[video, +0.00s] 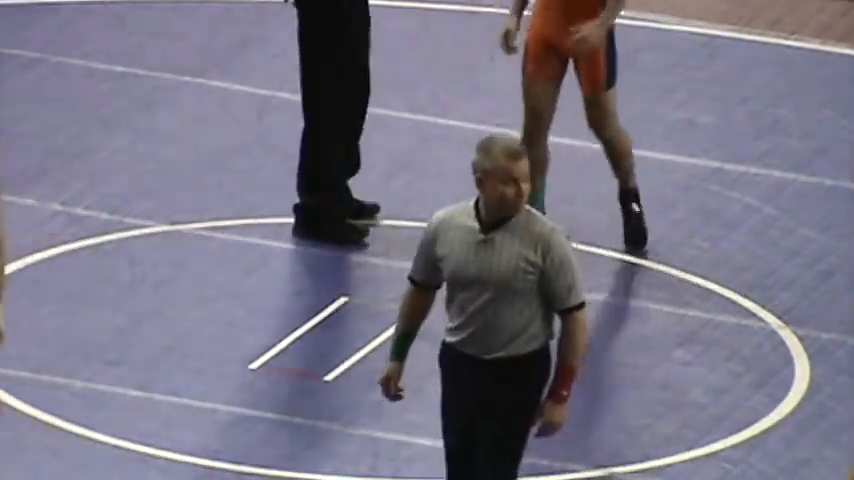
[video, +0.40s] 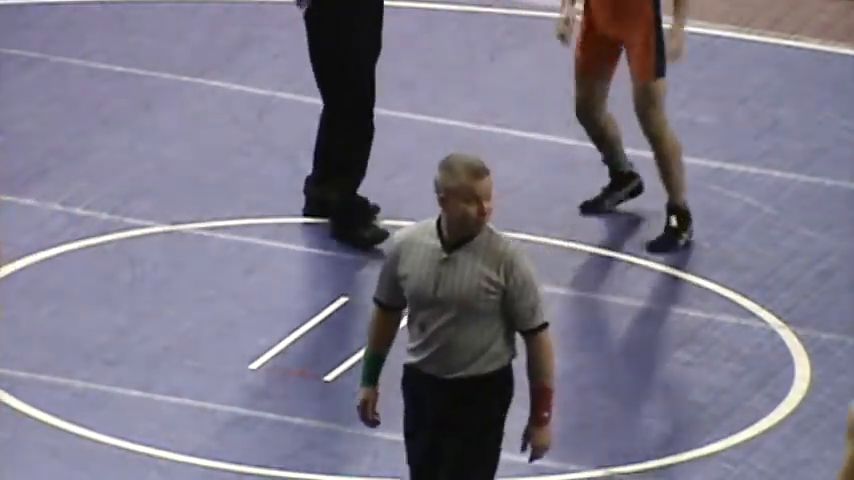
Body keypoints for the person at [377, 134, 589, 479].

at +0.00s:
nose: (522, 191)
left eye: (525, 182)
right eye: (509, 183)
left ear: (532, 180)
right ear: (479, 181)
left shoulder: (546, 239)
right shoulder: (444, 227)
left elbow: (575, 318)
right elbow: (421, 290)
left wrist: (560, 396)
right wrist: (396, 358)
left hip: (520, 369)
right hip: (460, 364)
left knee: (496, 468)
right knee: (459, 465)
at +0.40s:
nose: (484, 209)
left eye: (488, 199)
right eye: (472, 201)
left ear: (493, 197)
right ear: (441, 199)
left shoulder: (507, 260)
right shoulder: (406, 248)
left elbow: (537, 337)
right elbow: (386, 313)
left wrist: (541, 419)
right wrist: (369, 382)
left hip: (483, 391)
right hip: (422, 387)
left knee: (470, 473)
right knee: (423, 472)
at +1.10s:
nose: (303, 245)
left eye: (312, 236)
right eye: (296, 235)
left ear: (335, 225)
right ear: (287, 227)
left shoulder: (367, 282)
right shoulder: (278, 265)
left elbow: (394, 365)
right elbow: (268, 334)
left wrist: (391, 446)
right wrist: (258, 402)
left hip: (347, 414)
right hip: (287, 410)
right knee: (267, 472)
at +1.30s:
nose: (262, 239)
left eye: (269, 227)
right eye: (250, 231)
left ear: (281, 215)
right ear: (232, 227)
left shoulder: (310, 275)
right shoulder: (223, 259)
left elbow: (337, 354)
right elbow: (214, 326)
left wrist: (323, 435)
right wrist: (194, 391)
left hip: (290, 404)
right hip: (238, 400)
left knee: (279, 473)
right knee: (235, 472)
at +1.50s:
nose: (207, 247)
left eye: (213, 235)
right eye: (195, 238)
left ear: (225, 223)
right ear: (177, 234)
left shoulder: (251, 286)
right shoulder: (169, 265)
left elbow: (280, 368)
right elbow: (158, 330)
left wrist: (253, 447)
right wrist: (126, 386)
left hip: (230, 413)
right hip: (188, 408)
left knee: (204, 473)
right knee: (201, 472)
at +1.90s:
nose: (32, 252)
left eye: (38, 243)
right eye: (31, 242)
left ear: (69, 236)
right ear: (70, 236)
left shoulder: (101, 294)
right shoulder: (74, 269)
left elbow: (120, 382)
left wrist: (116, 464)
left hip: (90, 424)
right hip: (56, 416)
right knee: (28, 472)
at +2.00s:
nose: (3, 255)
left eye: (5, 246)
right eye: (2, 247)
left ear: (26, 242)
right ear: (37, 235)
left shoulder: (62, 296)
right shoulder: (42, 276)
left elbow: (78, 385)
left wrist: (53, 465)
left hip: (63, 424)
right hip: (35, 414)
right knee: (12, 468)